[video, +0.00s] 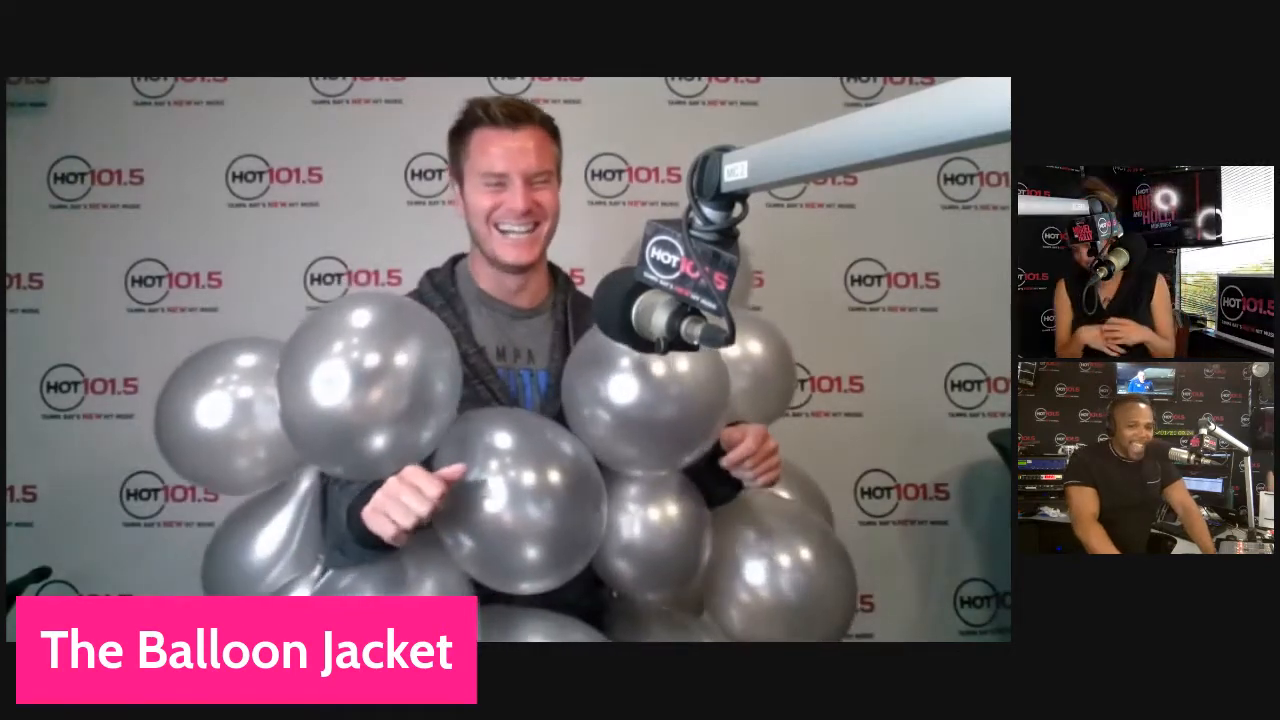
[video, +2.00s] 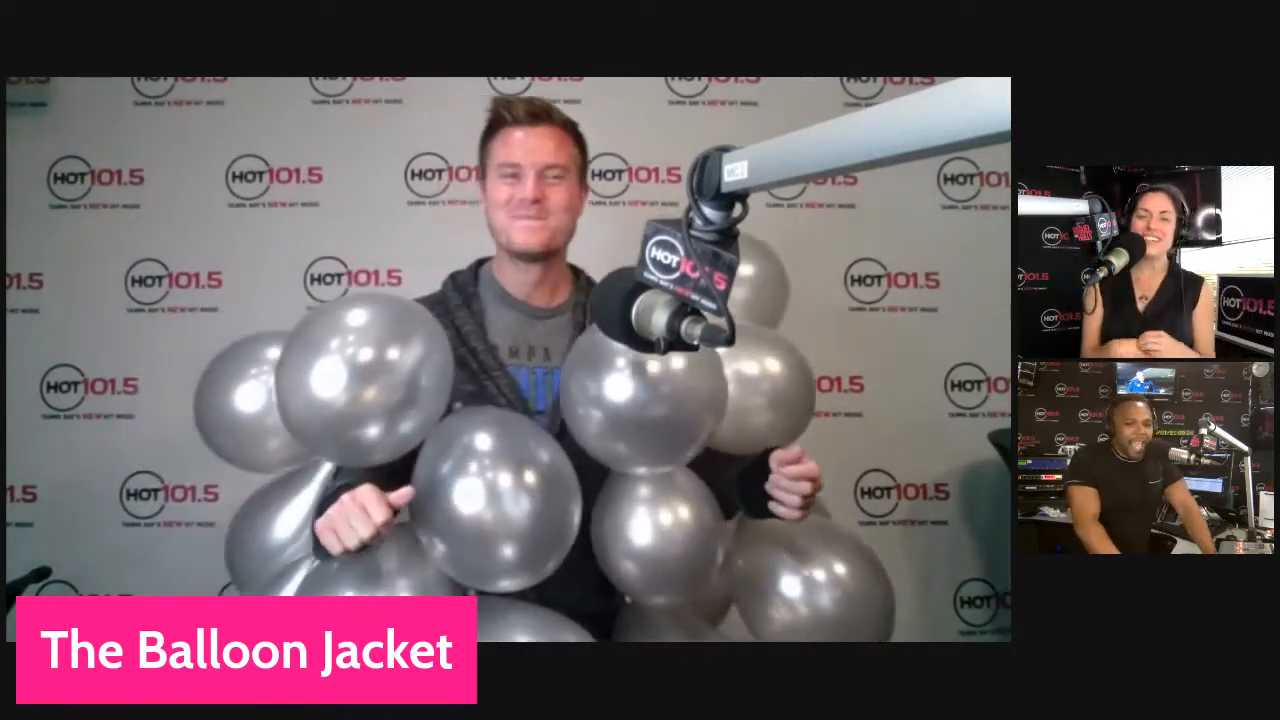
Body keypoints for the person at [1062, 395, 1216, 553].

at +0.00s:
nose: (1142, 434)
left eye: (1148, 427)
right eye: (1132, 426)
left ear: (1154, 429)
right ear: (1111, 428)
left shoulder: (1156, 457)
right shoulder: (1086, 460)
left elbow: (1186, 507)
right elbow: (1085, 523)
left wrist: (1210, 552)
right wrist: (1118, 562)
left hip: (1142, 557)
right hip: (1097, 558)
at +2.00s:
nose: (1141, 431)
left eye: (1147, 424)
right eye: (1130, 424)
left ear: (1153, 427)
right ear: (1111, 428)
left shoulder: (1157, 457)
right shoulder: (1088, 460)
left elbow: (1187, 508)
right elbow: (1086, 524)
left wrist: (1211, 552)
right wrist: (1119, 562)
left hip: (1143, 554)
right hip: (1100, 555)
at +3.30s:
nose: (1146, 430)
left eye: (1153, 424)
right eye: (1137, 421)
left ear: (1157, 430)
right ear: (1116, 422)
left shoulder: (1157, 457)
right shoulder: (1086, 459)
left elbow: (1186, 507)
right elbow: (1085, 524)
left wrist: (1210, 552)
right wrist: (1117, 559)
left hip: (1141, 555)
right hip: (1095, 557)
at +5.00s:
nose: (1141, 432)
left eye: (1147, 424)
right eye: (1131, 424)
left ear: (1153, 428)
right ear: (1112, 427)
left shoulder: (1158, 458)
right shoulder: (1087, 460)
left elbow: (1187, 508)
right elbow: (1086, 524)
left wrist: (1211, 552)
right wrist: (1118, 561)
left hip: (1143, 557)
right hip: (1098, 557)